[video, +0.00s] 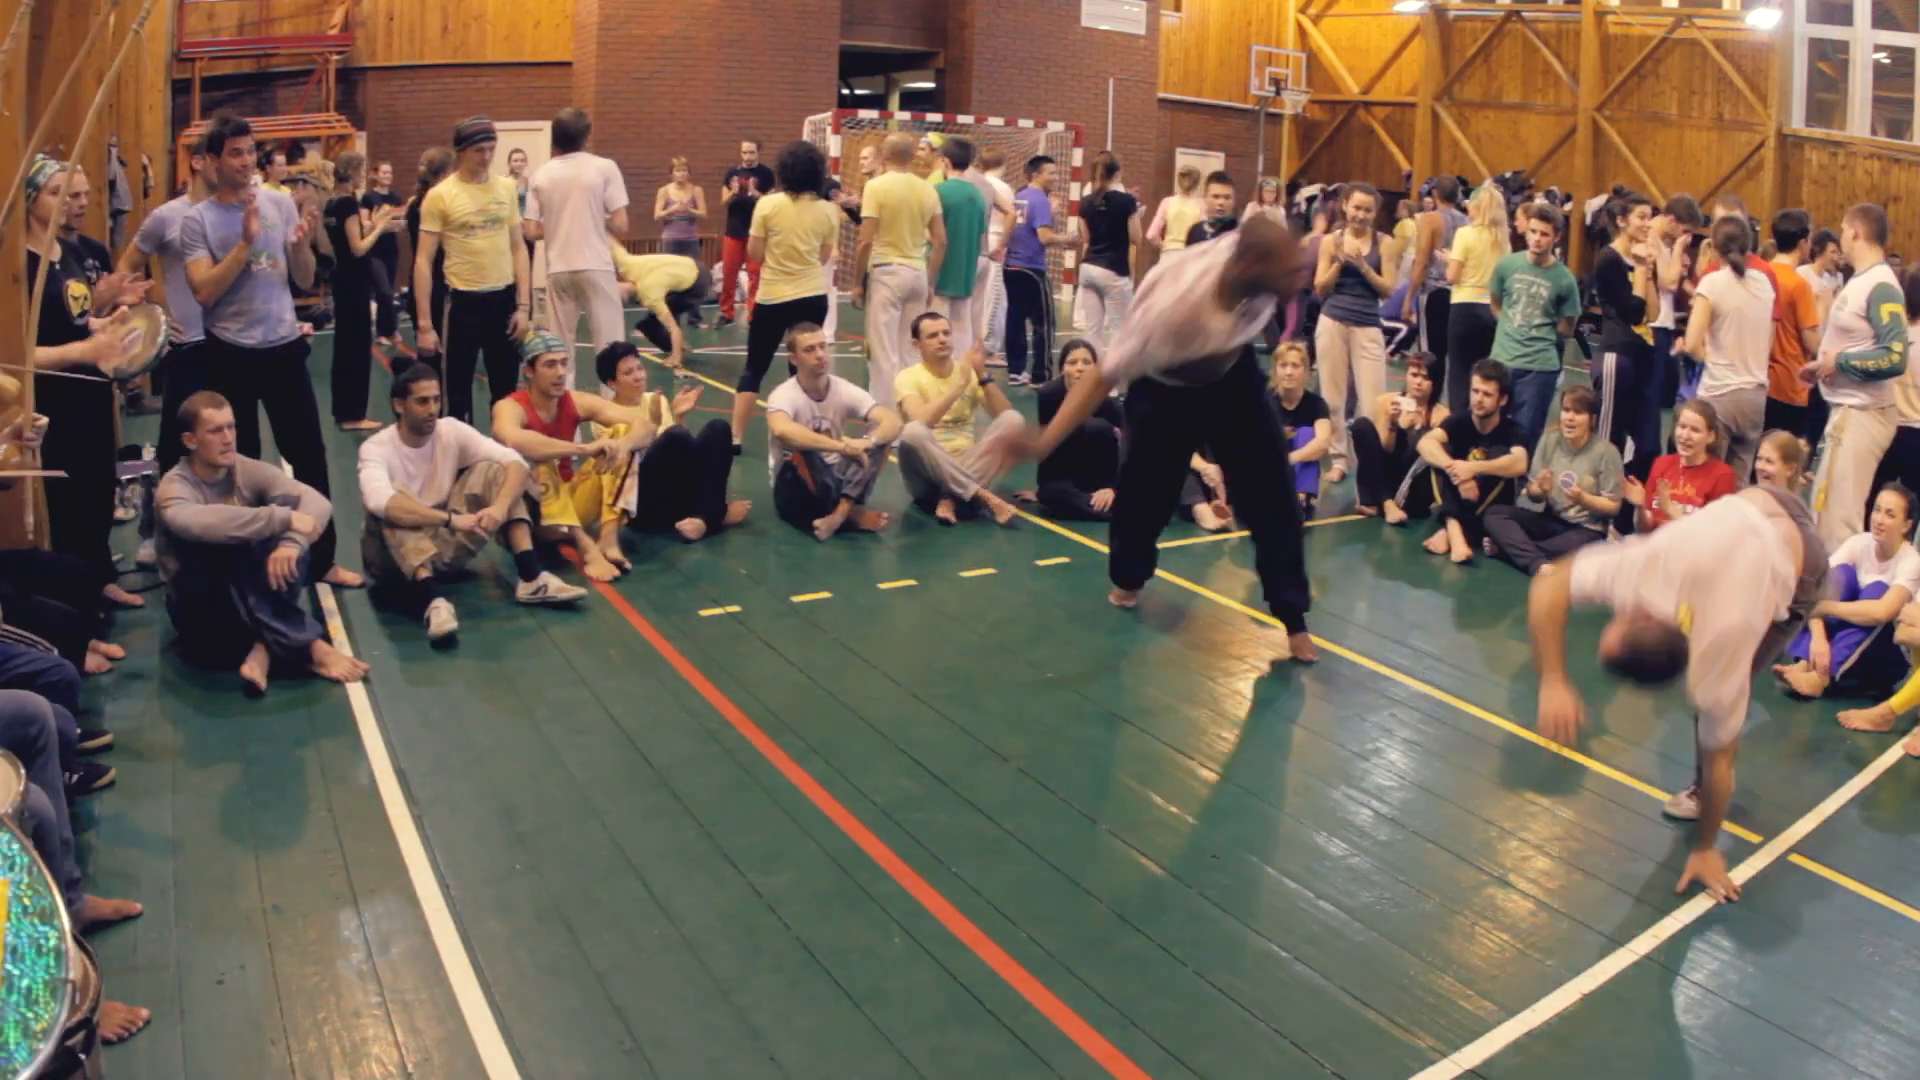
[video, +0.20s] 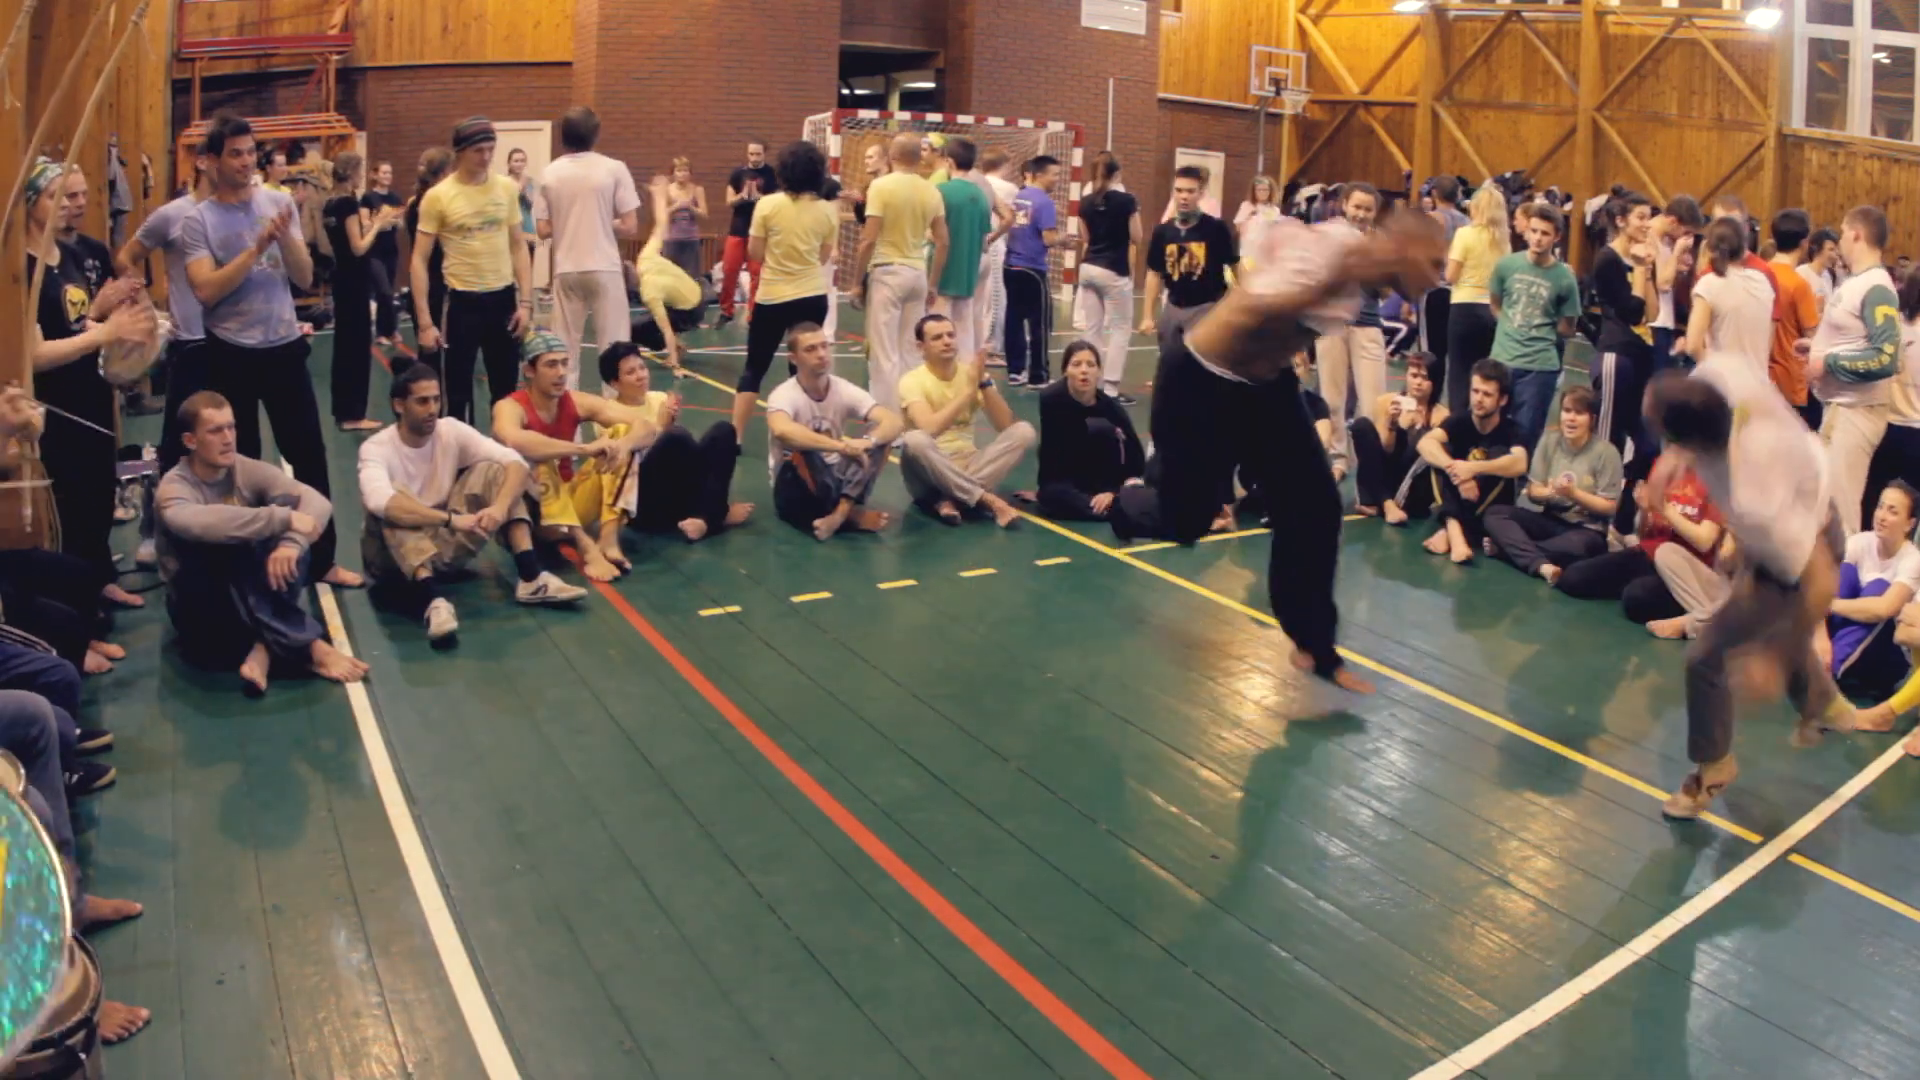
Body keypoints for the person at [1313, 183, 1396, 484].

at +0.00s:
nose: (1361, 215)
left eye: (1367, 210)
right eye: (1357, 208)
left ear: (1375, 214)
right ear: (1345, 207)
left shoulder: (1385, 243)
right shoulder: (1330, 240)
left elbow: (1387, 288)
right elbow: (1320, 288)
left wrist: (1361, 265)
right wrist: (1338, 263)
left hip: (1368, 322)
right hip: (1332, 319)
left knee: (1372, 397)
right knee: (1333, 395)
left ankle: (1370, 461)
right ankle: (1338, 457)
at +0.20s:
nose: (1361, 214)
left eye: (1368, 209)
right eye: (1356, 207)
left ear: (1376, 213)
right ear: (1344, 206)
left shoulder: (1379, 243)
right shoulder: (1329, 237)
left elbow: (1385, 289)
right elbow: (1319, 280)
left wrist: (1368, 253)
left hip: (1368, 324)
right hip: (1331, 324)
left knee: (1372, 398)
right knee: (1333, 399)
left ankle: (1371, 461)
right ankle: (1338, 457)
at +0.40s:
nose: (1361, 214)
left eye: (1368, 209)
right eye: (1357, 207)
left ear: (1375, 213)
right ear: (1345, 206)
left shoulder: (1383, 242)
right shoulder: (1330, 240)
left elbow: (1388, 289)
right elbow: (1320, 285)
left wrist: (1362, 266)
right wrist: (1337, 267)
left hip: (1366, 320)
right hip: (1332, 316)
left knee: (1368, 384)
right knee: (1331, 382)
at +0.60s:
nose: (1362, 214)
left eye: (1368, 209)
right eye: (1357, 207)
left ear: (1376, 212)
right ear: (1345, 207)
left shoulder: (1383, 242)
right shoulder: (1331, 240)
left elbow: (1388, 288)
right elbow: (1320, 283)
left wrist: (1360, 267)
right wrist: (1343, 270)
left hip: (1367, 323)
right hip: (1332, 320)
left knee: (1371, 401)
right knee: (1332, 400)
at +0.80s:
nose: (1361, 214)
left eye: (1368, 209)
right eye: (1356, 207)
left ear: (1375, 212)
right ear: (1345, 206)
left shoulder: (1384, 243)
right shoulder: (1331, 235)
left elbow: (1387, 290)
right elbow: (1321, 285)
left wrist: (1367, 270)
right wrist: (1336, 263)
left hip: (1367, 323)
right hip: (1331, 319)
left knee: (1372, 395)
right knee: (1333, 395)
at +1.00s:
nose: (1360, 214)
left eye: (1367, 209)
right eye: (1356, 206)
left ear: (1375, 212)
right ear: (1345, 206)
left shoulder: (1385, 242)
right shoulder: (1329, 237)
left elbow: (1388, 289)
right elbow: (1320, 284)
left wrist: (1362, 265)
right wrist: (1340, 265)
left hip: (1368, 322)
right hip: (1333, 317)